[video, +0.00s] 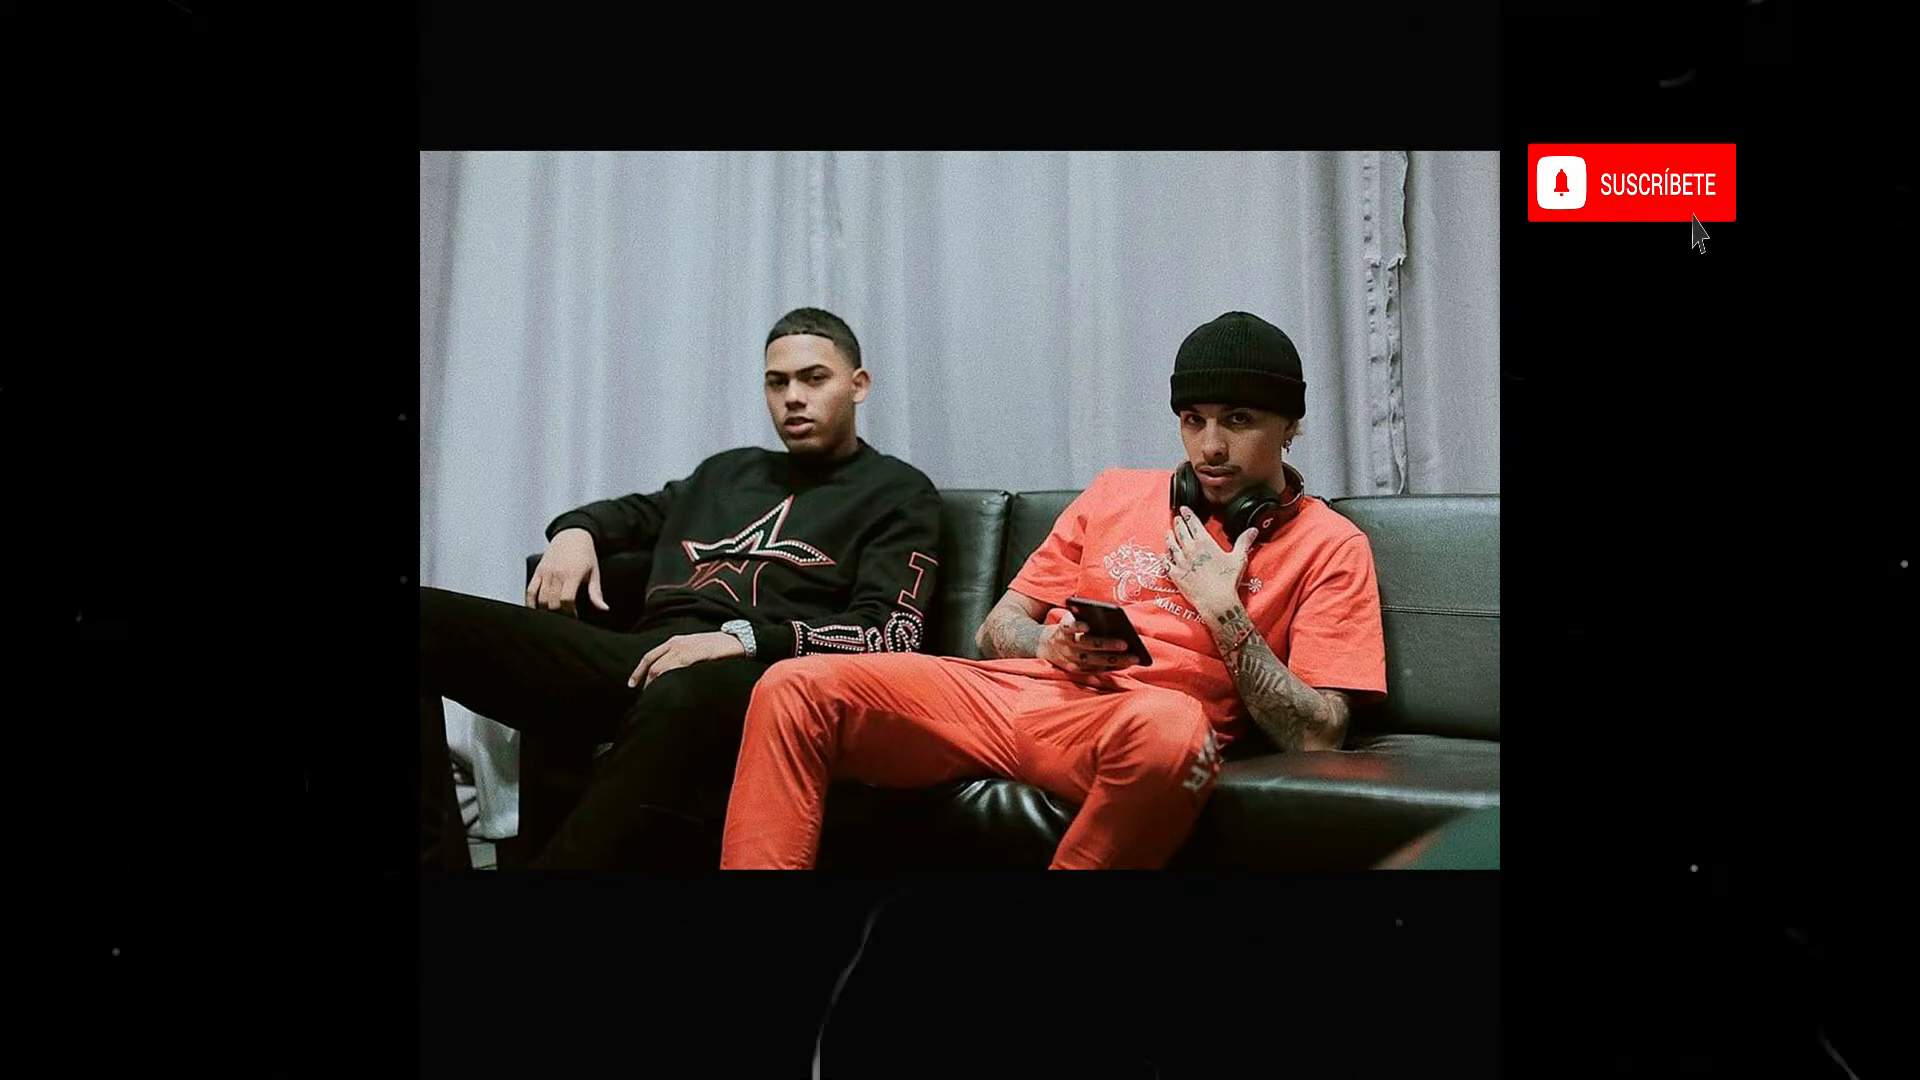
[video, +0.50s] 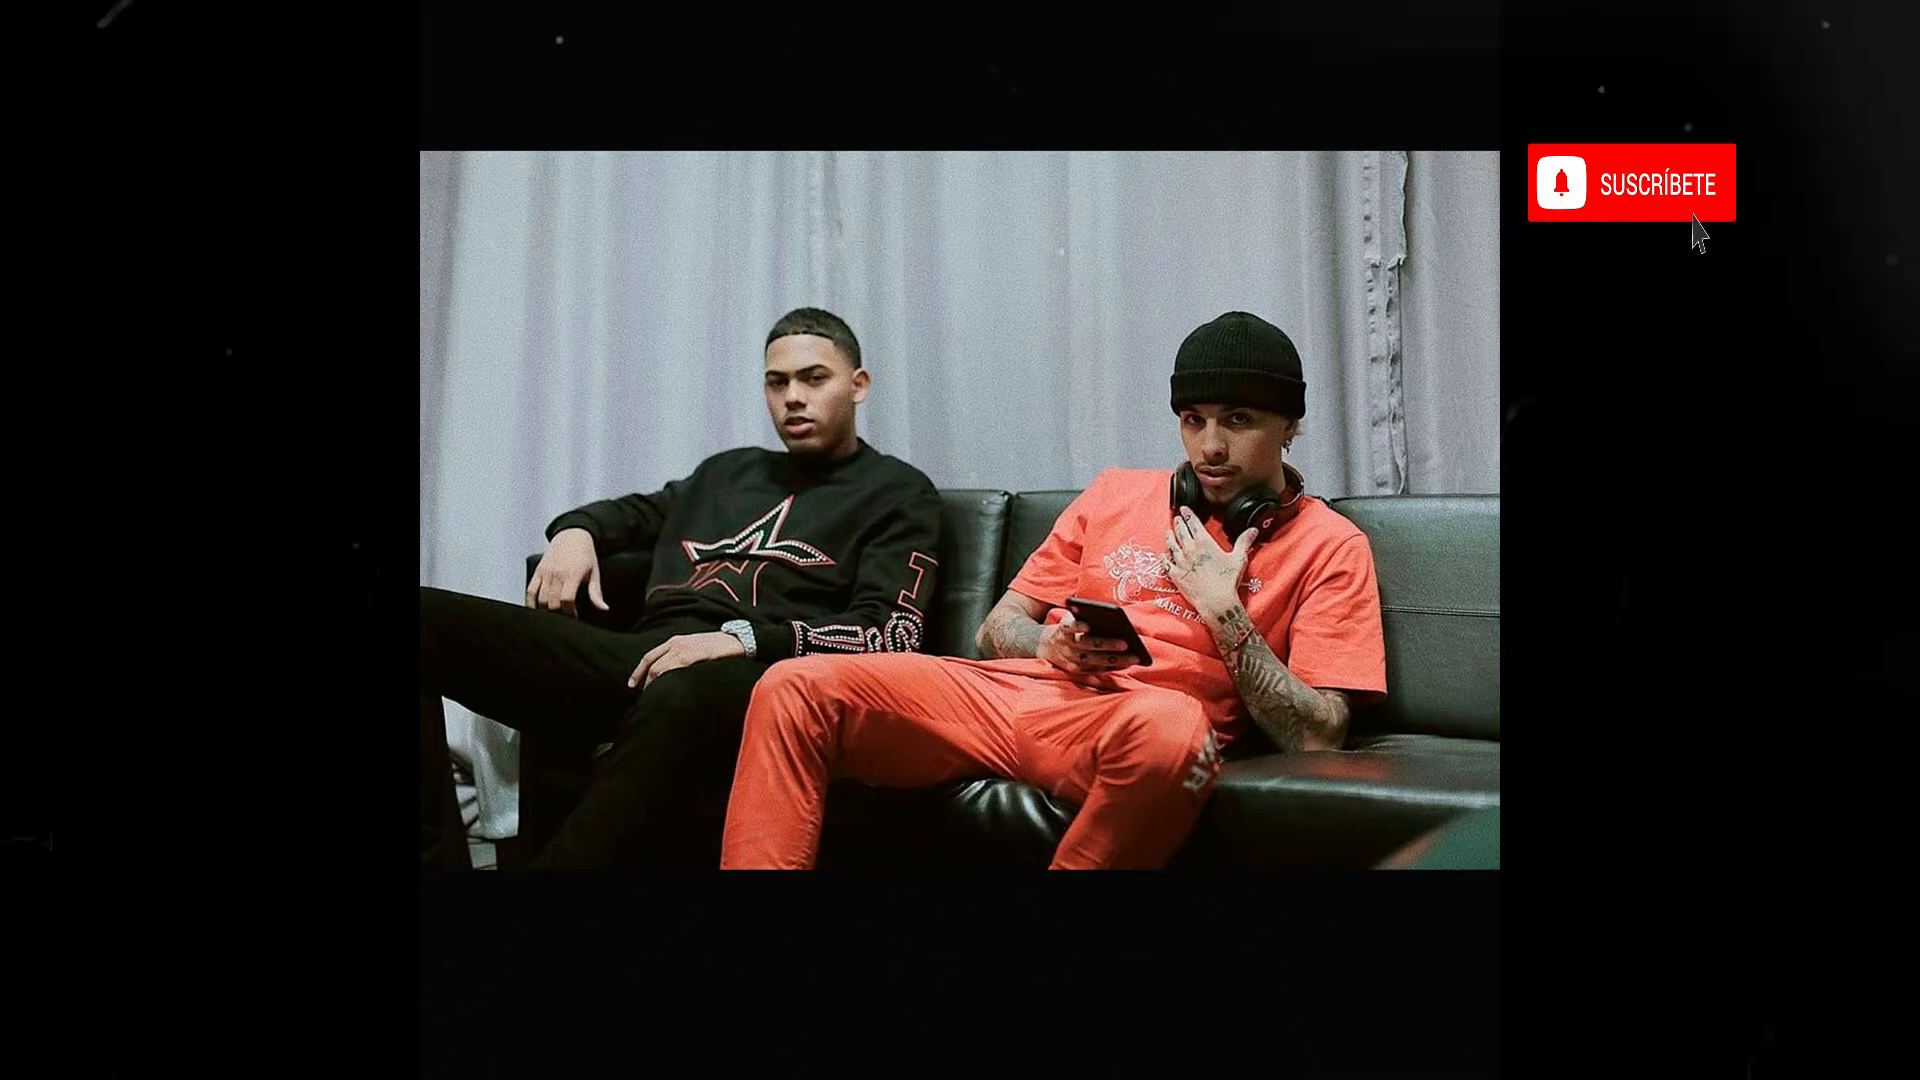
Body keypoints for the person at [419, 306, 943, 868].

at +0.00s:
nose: (793, 399)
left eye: (813, 378)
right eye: (779, 382)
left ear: (859, 385)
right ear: (765, 391)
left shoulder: (900, 494)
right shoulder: (728, 472)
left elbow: (892, 635)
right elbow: (640, 515)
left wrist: (744, 638)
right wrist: (575, 530)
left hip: (772, 681)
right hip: (638, 654)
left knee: (684, 699)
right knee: (426, 617)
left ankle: (560, 875)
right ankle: (440, 857)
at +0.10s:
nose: (793, 399)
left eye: (813, 378)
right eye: (779, 382)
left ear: (859, 385)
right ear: (765, 391)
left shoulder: (900, 494)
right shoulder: (728, 472)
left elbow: (892, 635)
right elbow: (640, 515)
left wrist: (744, 638)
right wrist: (575, 530)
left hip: (772, 681)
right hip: (638, 653)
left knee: (684, 699)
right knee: (426, 617)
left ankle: (562, 872)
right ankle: (440, 857)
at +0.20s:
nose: (793, 399)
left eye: (814, 379)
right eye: (779, 382)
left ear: (859, 384)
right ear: (765, 390)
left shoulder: (901, 495)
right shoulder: (728, 472)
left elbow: (892, 635)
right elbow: (642, 515)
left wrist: (743, 640)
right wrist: (575, 530)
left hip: (769, 682)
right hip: (636, 653)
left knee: (683, 701)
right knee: (426, 617)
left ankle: (562, 875)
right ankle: (440, 858)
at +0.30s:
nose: (793, 399)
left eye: (813, 379)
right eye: (779, 382)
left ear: (859, 385)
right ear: (765, 390)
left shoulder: (900, 493)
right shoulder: (728, 472)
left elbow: (893, 634)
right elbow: (641, 515)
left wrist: (742, 639)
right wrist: (574, 530)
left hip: (769, 680)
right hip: (637, 653)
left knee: (683, 699)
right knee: (425, 617)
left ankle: (562, 872)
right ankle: (439, 856)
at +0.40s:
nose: (793, 399)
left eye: (813, 379)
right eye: (779, 382)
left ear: (859, 385)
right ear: (765, 391)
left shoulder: (900, 494)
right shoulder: (728, 472)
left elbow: (891, 634)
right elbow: (641, 515)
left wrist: (743, 638)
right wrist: (575, 530)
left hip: (770, 680)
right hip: (637, 653)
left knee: (683, 699)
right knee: (424, 617)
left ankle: (557, 879)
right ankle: (441, 859)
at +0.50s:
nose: (793, 399)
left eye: (813, 379)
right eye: (779, 382)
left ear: (859, 385)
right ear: (765, 391)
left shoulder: (899, 494)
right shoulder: (728, 472)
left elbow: (892, 634)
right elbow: (641, 515)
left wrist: (743, 638)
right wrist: (575, 530)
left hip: (769, 681)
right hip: (637, 653)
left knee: (683, 699)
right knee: (424, 617)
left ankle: (561, 872)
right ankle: (441, 857)